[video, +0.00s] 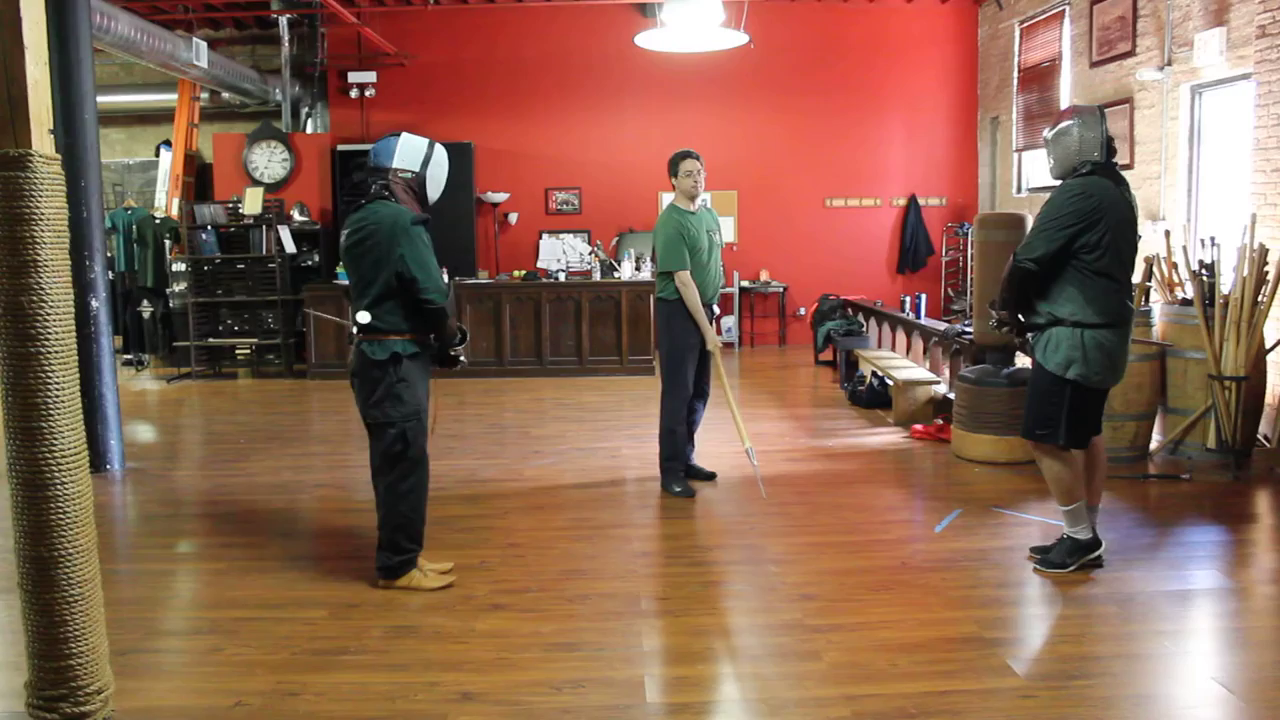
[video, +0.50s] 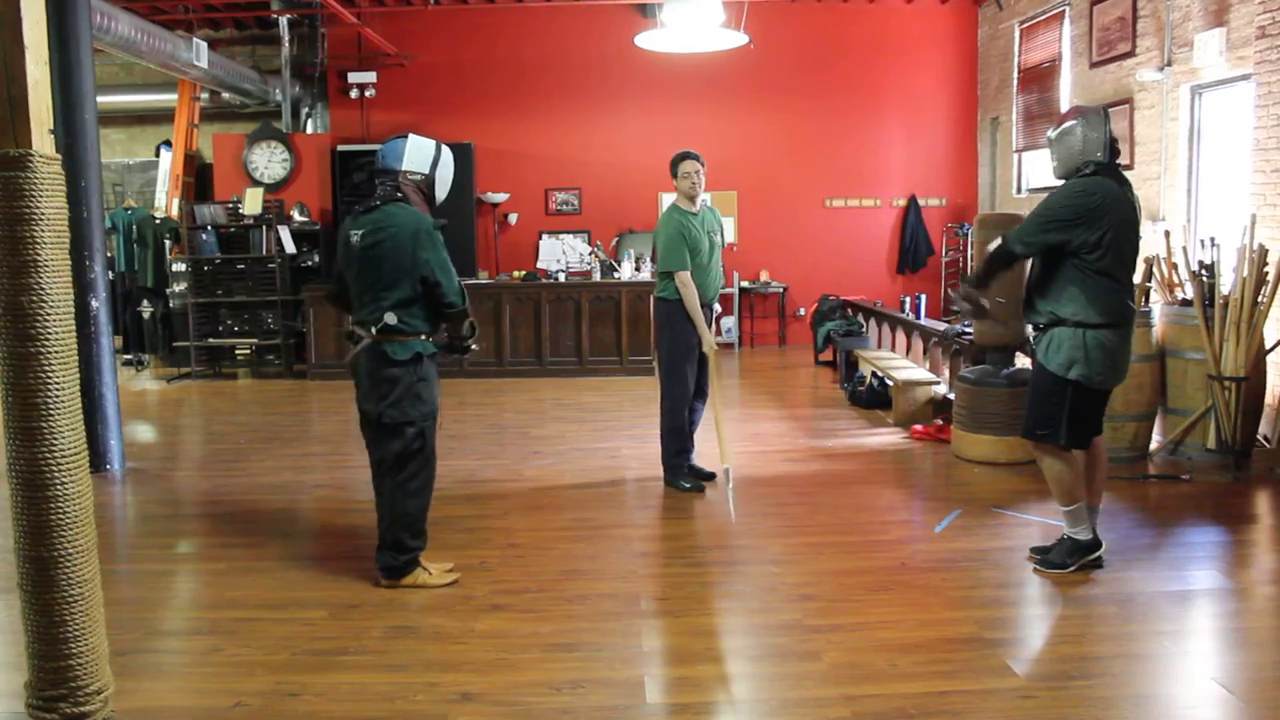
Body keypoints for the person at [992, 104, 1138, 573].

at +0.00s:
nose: (1049, 152)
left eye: (1056, 142)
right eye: (1050, 143)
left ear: (1078, 144)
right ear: (1092, 145)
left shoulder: (1078, 192)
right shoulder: (1115, 192)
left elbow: (1028, 260)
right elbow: (1088, 267)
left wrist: (1004, 304)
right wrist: (1026, 307)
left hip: (1071, 334)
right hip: (1101, 332)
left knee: (1046, 437)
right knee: (1086, 433)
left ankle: (1079, 538)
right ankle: (1084, 534)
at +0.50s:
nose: (1053, 154)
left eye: (1059, 144)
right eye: (1054, 145)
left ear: (1081, 143)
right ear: (1094, 145)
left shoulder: (1083, 193)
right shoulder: (1116, 191)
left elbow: (1017, 242)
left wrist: (981, 276)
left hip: (1074, 335)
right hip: (1103, 333)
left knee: (1046, 438)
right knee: (1085, 436)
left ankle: (1079, 539)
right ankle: (1085, 534)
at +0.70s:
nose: (1057, 157)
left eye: (1061, 148)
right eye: (1057, 149)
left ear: (1081, 145)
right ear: (1099, 146)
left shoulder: (1081, 188)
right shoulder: (1119, 191)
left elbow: (1006, 211)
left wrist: (935, 228)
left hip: (1072, 334)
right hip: (1104, 334)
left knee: (1044, 438)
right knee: (1086, 436)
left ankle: (1079, 540)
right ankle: (1085, 536)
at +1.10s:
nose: (1011, 145)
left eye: (1018, 137)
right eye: (1014, 138)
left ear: (1038, 139)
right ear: (1054, 142)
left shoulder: (1042, 184)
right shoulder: (1069, 188)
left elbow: (973, 196)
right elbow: (983, 195)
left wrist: (897, 197)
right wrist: (916, 189)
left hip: (1030, 330)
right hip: (1056, 328)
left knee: (1003, 432)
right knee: (1041, 432)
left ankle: (1036, 534)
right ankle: (1041, 531)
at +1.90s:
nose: (971, 155)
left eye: (978, 146)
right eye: (971, 146)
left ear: (1003, 146)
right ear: (1007, 149)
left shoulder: (1017, 197)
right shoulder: (1010, 193)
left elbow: (988, 262)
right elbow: (990, 252)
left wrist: (940, 230)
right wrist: (956, 227)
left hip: (998, 337)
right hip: (1008, 335)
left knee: (968, 435)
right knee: (1005, 433)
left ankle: (1006, 530)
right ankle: (1013, 530)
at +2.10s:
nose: (966, 160)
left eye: (973, 150)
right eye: (966, 151)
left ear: (998, 148)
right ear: (1000, 150)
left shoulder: (1016, 199)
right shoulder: (998, 196)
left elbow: (1017, 271)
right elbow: (989, 265)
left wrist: (952, 286)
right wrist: (941, 273)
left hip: (992, 340)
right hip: (990, 337)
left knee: (946, 428)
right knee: (1001, 431)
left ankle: (976, 531)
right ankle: (1015, 534)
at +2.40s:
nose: (957, 158)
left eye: (965, 149)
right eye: (957, 151)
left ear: (993, 149)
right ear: (989, 152)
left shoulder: (1001, 202)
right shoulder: (982, 200)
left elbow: (999, 279)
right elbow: (970, 276)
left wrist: (979, 345)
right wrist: (928, 331)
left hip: (963, 343)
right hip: (960, 339)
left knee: (941, 445)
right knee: (983, 437)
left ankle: (951, 557)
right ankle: (1012, 535)